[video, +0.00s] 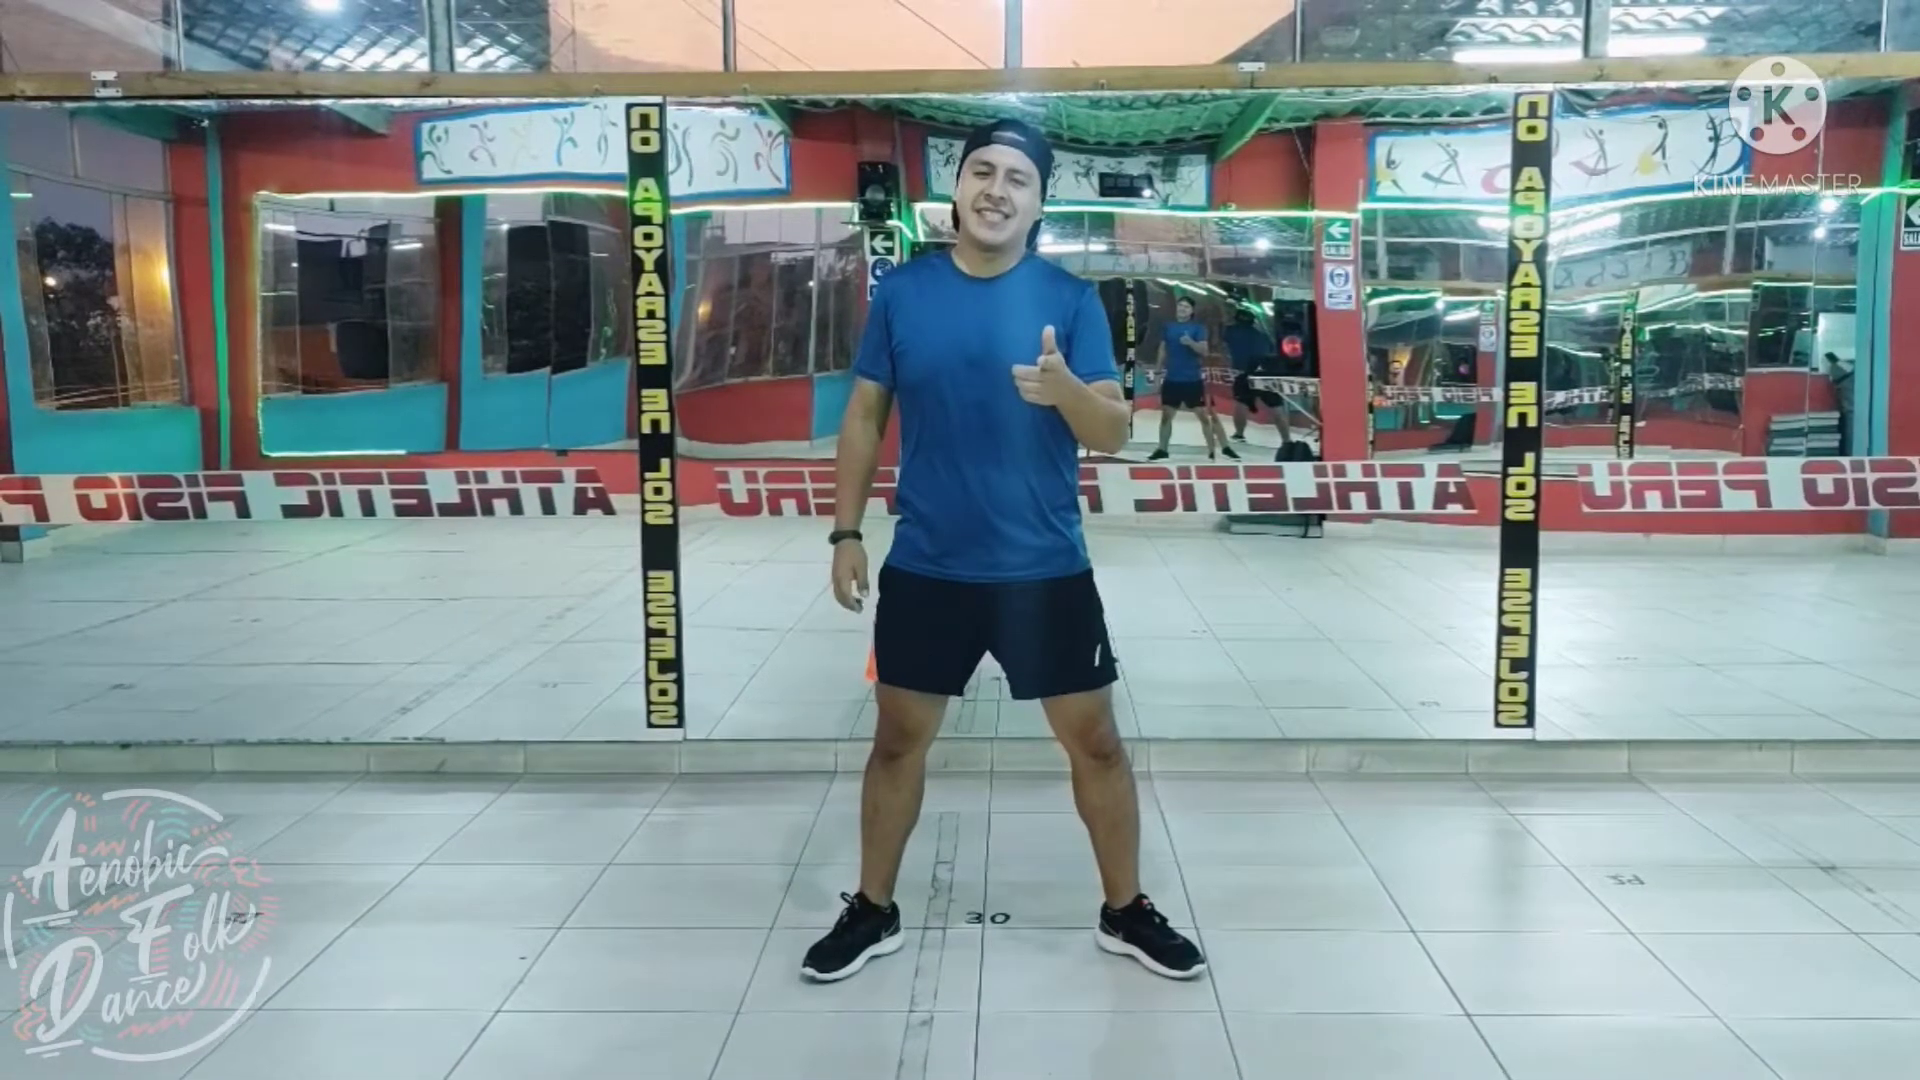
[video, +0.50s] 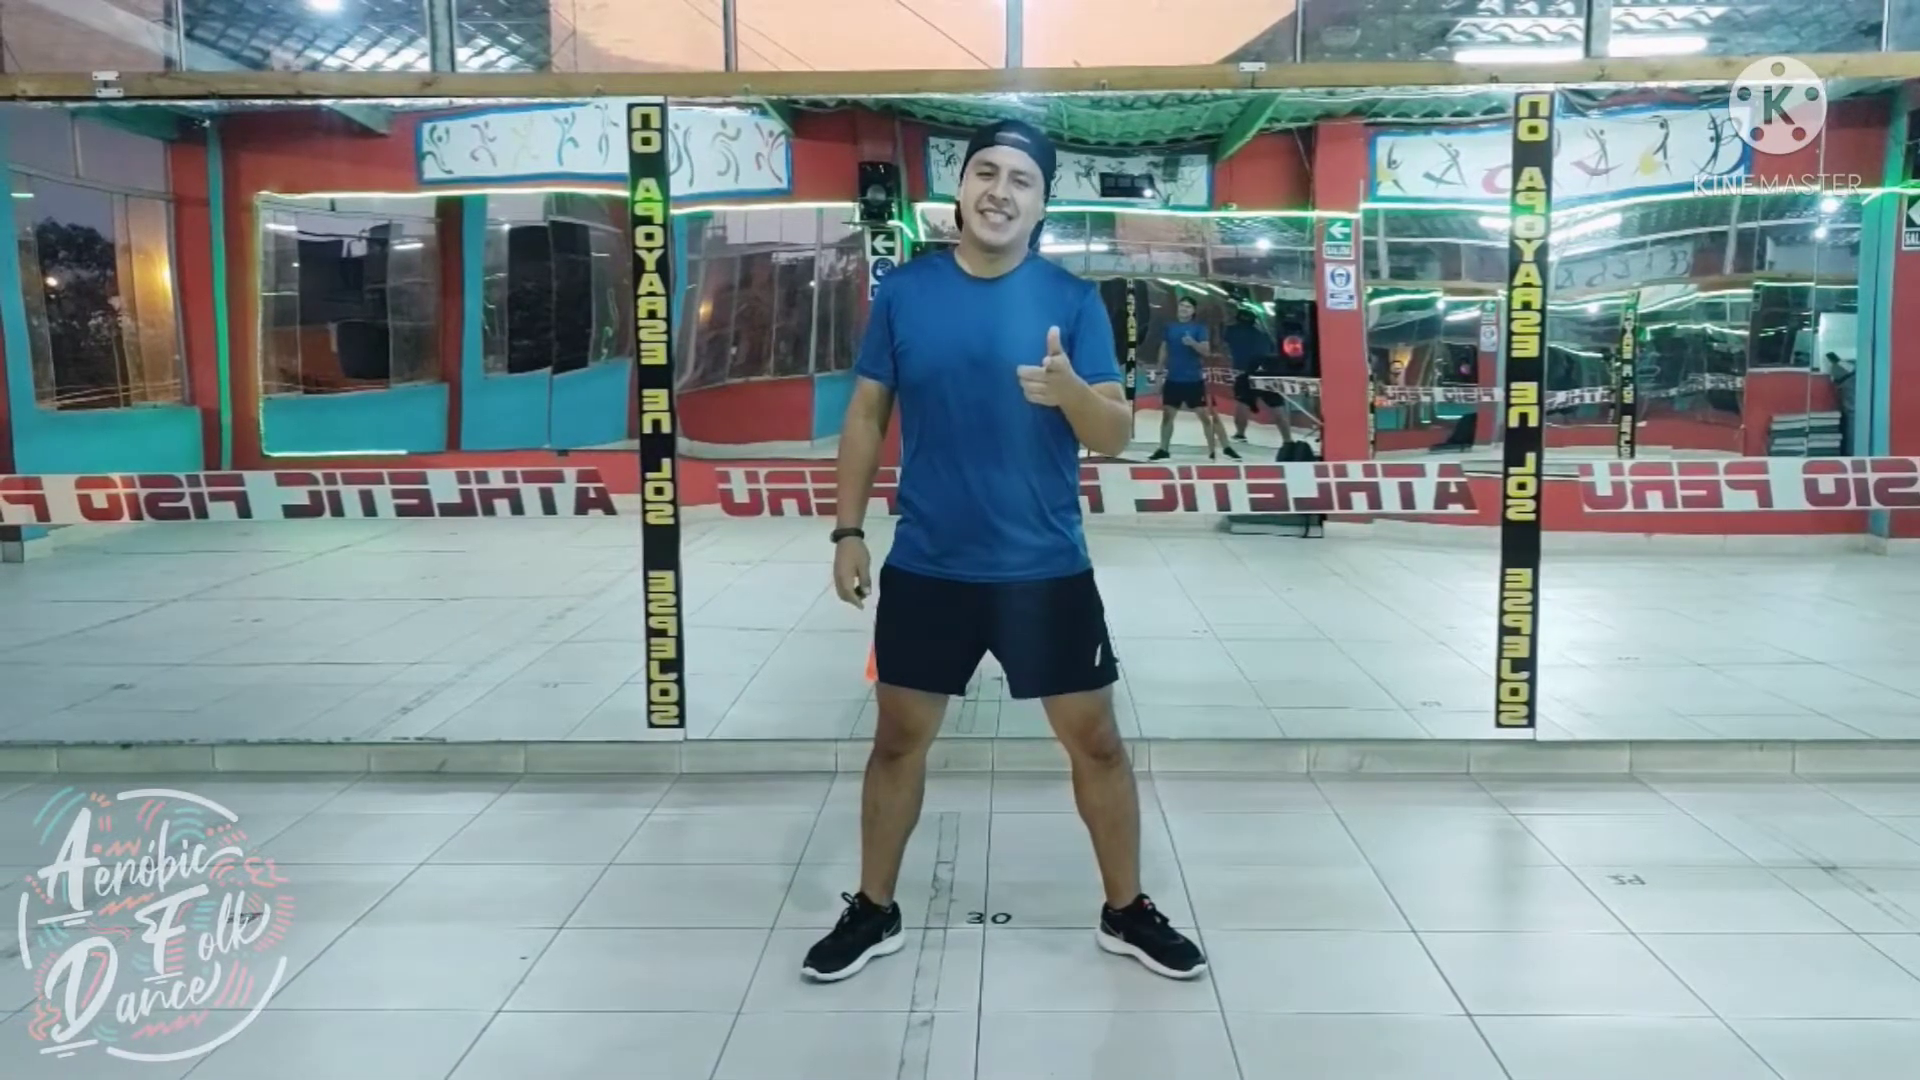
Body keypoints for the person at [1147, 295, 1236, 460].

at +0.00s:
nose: (1182, 309)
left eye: (1186, 307)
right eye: (1180, 306)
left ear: (1192, 310)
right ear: (1176, 308)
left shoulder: (1199, 328)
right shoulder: (1169, 327)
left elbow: (1204, 350)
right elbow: (1162, 348)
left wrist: (1191, 343)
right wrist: (1158, 368)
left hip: (1193, 379)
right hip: (1172, 378)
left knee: (1203, 416)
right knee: (1166, 415)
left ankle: (1212, 450)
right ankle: (1162, 448)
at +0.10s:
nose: (1183, 309)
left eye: (1186, 307)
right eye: (1181, 306)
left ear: (1192, 311)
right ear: (1176, 308)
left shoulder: (1199, 328)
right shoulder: (1169, 327)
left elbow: (1205, 350)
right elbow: (1163, 348)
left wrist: (1191, 343)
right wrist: (1159, 367)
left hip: (1193, 379)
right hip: (1173, 378)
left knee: (1203, 415)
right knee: (1167, 415)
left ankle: (1212, 450)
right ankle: (1163, 448)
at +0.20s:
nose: (1183, 309)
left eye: (1186, 307)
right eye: (1181, 306)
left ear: (1193, 311)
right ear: (1177, 309)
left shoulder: (1199, 328)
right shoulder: (1169, 328)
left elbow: (1205, 350)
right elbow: (1163, 348)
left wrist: (1192, 343)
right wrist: (1159, 367)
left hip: (1193, 379)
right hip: (1173, 378)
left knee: (1203, 415)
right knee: (1167, 414)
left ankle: (1212, 450)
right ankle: (1163, 448)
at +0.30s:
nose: (1183, 309)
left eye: (1187, 307)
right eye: (1181, 306)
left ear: (1193, 311)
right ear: (1177, 308)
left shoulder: (1200, 329)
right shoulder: (1170, 328)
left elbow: (1206, 350)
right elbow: (1163, 348)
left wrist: (1192, 343)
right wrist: (1159, 367)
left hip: (1193, 379)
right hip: (1173, 378)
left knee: (1204, 415)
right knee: (1167, 414)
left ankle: (1212, 450)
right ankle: (1163, 448)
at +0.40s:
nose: (1184, 309)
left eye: (1187, 307)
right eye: (1182, 306)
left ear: (1193, 311)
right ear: (1177, 308)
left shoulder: (1200, 329)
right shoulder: (1170, 328)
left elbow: (1206, 350)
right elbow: (1163, 348)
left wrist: (1192, 343)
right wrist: (1160, 368)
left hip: (1194, 379)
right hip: (1173, 378)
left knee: (1204, 415)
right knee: (1167, 414)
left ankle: (1212, 450)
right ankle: (1163, 448)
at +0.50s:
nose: (1184, 309)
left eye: (1187, 307)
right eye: (1182, 306)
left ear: (1193, 311)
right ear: (1177, 308)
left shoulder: (1200, 329)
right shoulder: (1170, 328)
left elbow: (1206, 351)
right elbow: (1164, 349)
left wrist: (1193, 343)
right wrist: (1160, 368)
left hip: (1194, 379)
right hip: (1173, 378)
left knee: (1204, 415)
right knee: (1167, 414)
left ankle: (1212, 450)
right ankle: (1163, 448)